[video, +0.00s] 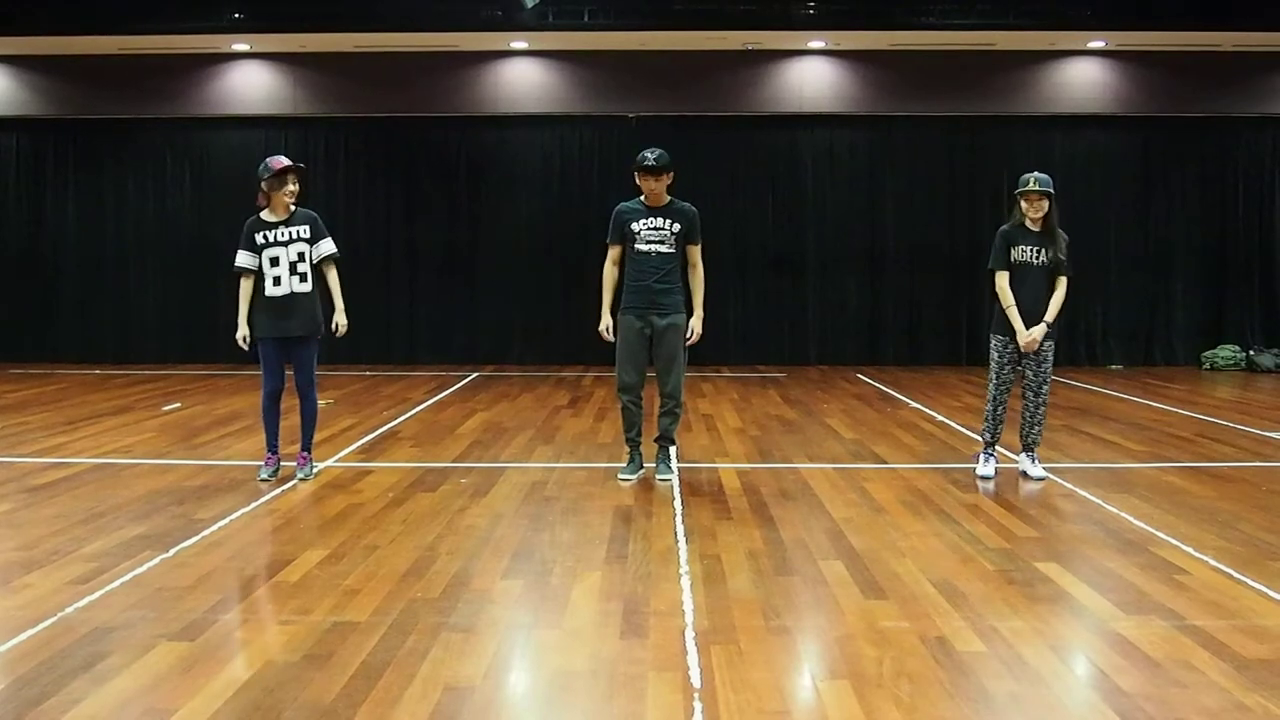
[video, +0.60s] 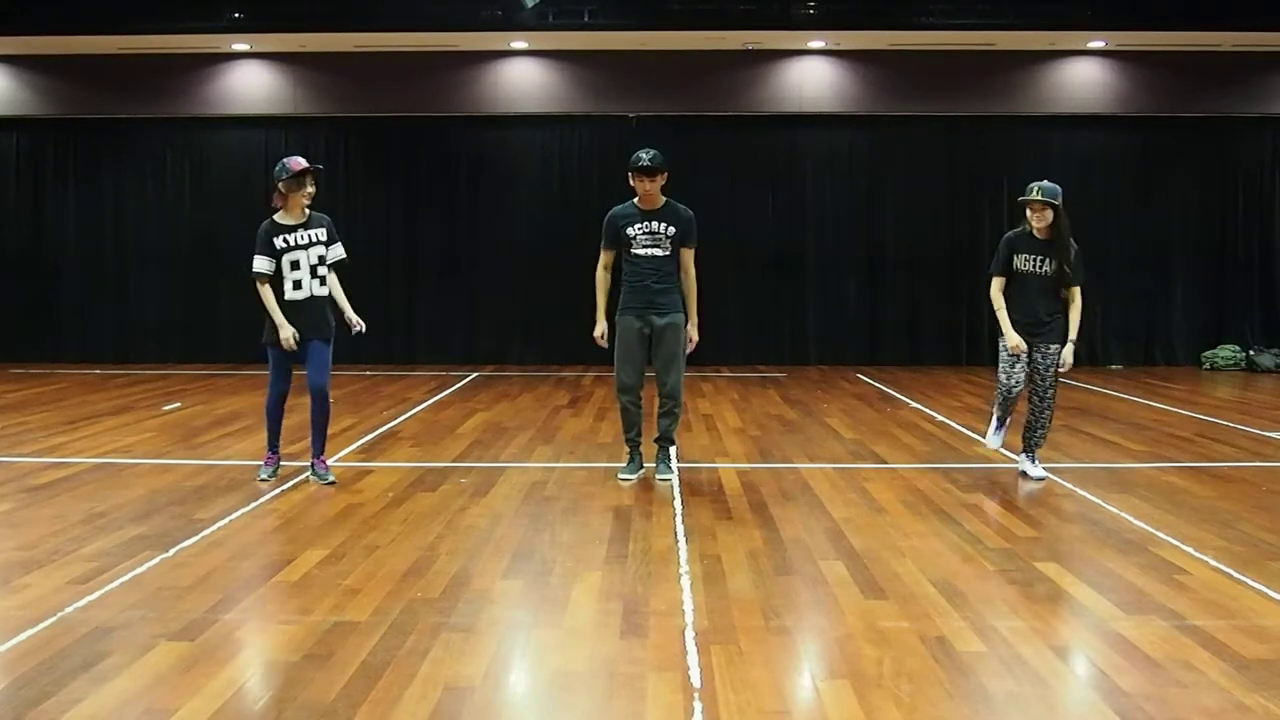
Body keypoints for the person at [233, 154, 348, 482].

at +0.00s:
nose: (292, 189)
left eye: (294, 183)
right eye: (284, 184)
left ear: (298, 185)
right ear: (267, 188)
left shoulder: (309, 220)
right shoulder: (254, 226)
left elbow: (328, 266)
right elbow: (247, 276)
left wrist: (339, 308)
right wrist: (242, 322)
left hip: (306, 320)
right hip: (267, 322)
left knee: (306, 387)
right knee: (272, 388)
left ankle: (305, 454)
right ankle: (271, 455)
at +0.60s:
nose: (309, 190)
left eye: (311, 184)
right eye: (300, 185)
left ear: (314, 186)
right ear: (283, 189)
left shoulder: (322, 224)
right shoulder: (269, 230)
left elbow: (329, 273)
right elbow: (262, 283)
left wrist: (348, 311)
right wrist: (281, 324)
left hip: (320, 321)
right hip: (282, 322)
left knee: (319, 387)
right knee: (278, 389)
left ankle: (318, 459)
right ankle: (272, 454)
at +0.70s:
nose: (318, 191)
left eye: (320, 184)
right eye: (310, 186)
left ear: (322, 186)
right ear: (291, 190)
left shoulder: (330, 222)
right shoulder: (277, 228)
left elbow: (339, 266)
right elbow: (266, 277)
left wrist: (350, 294)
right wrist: (301, 305)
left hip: (329, 317)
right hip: (292, 319)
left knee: (324, 388)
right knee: (290, 388)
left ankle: (319, 459)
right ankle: (274, 454)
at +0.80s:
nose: (328, 198)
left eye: (329, 191)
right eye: (321, 193)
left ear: (331, 192)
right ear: (301, 194)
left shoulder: (340, 223)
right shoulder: (284, 227)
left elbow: (358, 266)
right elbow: (273, 274)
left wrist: (351, 271)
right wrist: (317, 273)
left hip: (334, 318)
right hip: (300, 319)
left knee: (328, 390)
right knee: (309, 386)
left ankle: (320, 459)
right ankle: (282, 439)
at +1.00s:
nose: (341, 190)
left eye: (342, 183)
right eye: (333, 185)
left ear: (347, 184)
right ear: (315, 188)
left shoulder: (353, 219)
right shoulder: (301, 221)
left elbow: (381, 260)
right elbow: (301, 262)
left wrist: (374, 232)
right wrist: (332, 230)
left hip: (347, 313)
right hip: (314, 311)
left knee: (331, 383)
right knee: (343, 374)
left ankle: (319, 455)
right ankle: (316, 439)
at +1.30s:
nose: (365, 182)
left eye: (364, 176)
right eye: (357, 178)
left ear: (363, 182)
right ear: (339, 186)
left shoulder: (372, 222)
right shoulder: (329, 226)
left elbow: (402, 259)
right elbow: (356, 257)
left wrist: (401, 222)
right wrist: (366, 216)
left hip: (373, 317)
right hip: (344, 319)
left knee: (384, 392)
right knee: (362, 393)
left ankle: (339, 444)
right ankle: (350, 468)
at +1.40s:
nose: (376, 177)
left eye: (374, 171)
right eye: (368, 173)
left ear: (365, 180)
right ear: (350, 181)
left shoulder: (379, 218)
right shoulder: (341, 223)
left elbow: (416, 249)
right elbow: (376, 247)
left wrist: (413, 213)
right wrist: (380, 209)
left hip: (383, 320)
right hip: (353, 323)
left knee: (408, 383)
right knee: (359, 395)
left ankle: (374, 444)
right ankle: (349, 470)